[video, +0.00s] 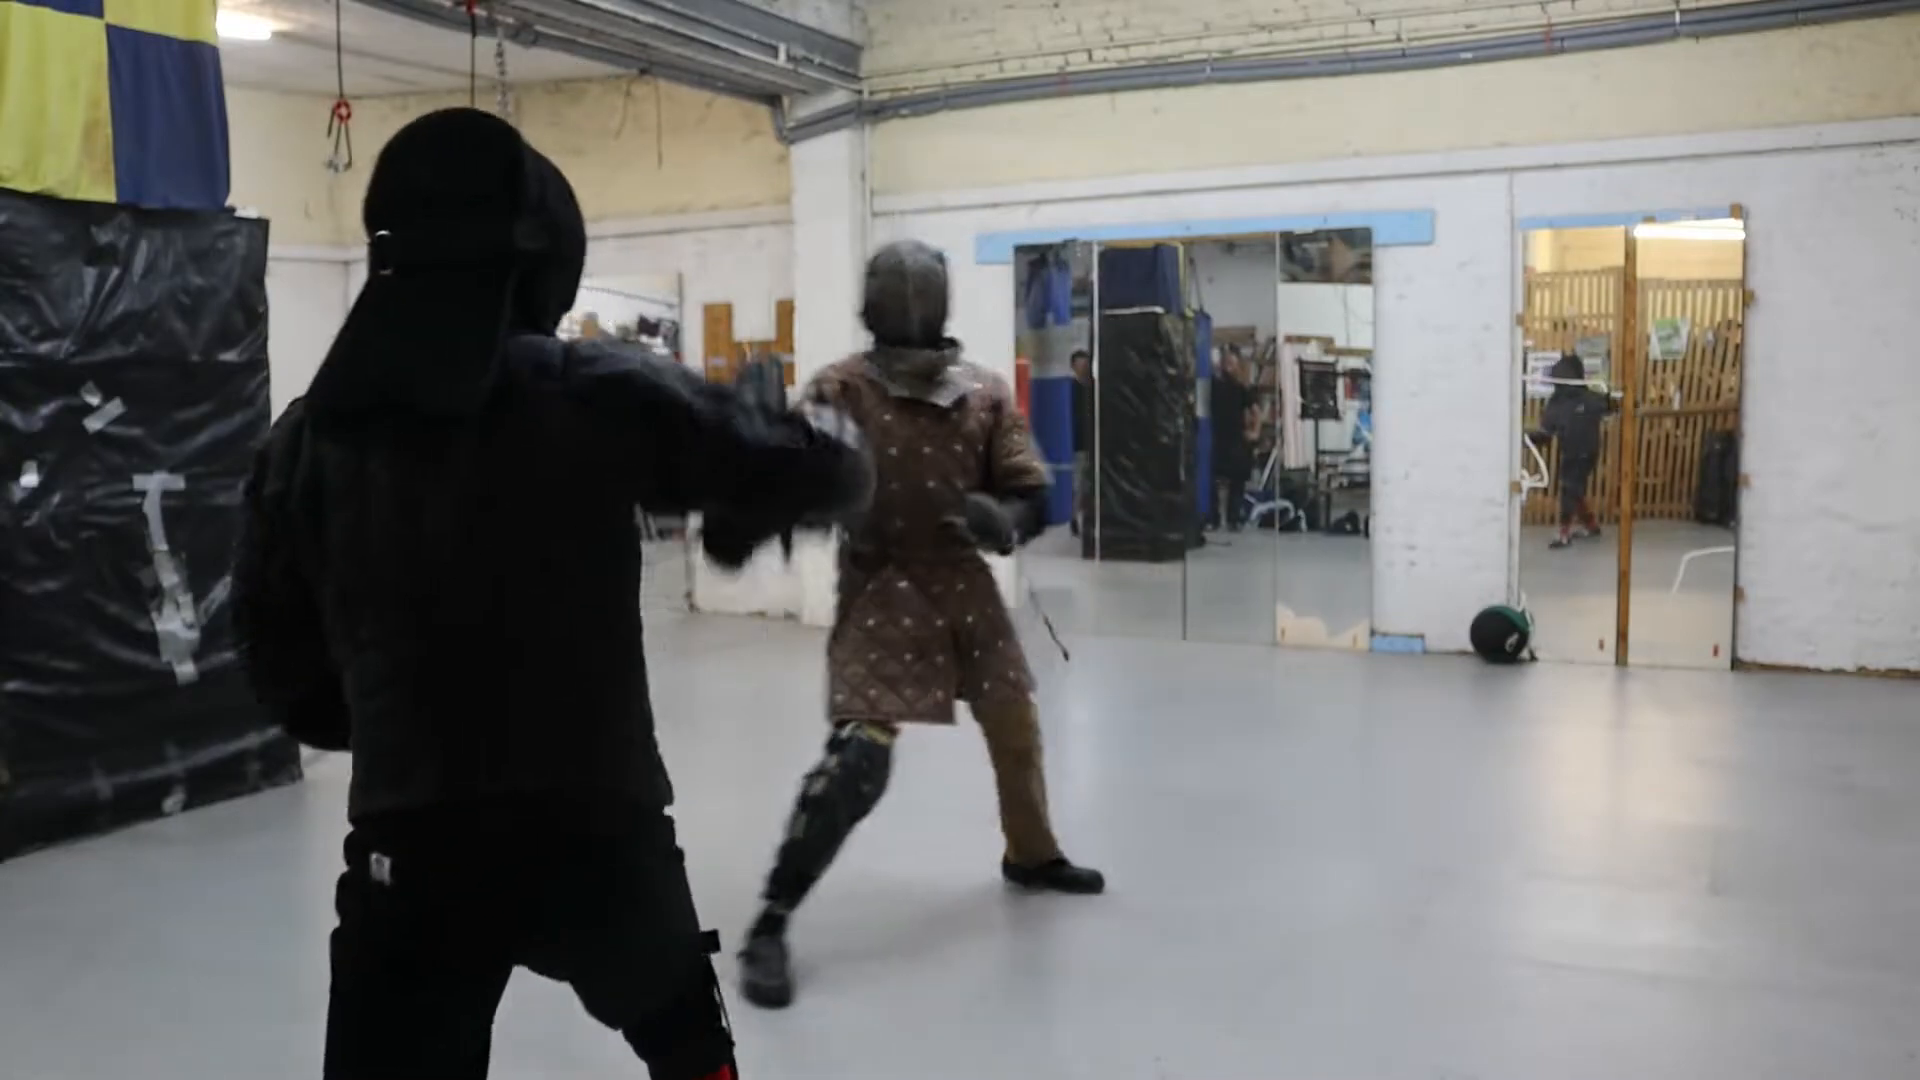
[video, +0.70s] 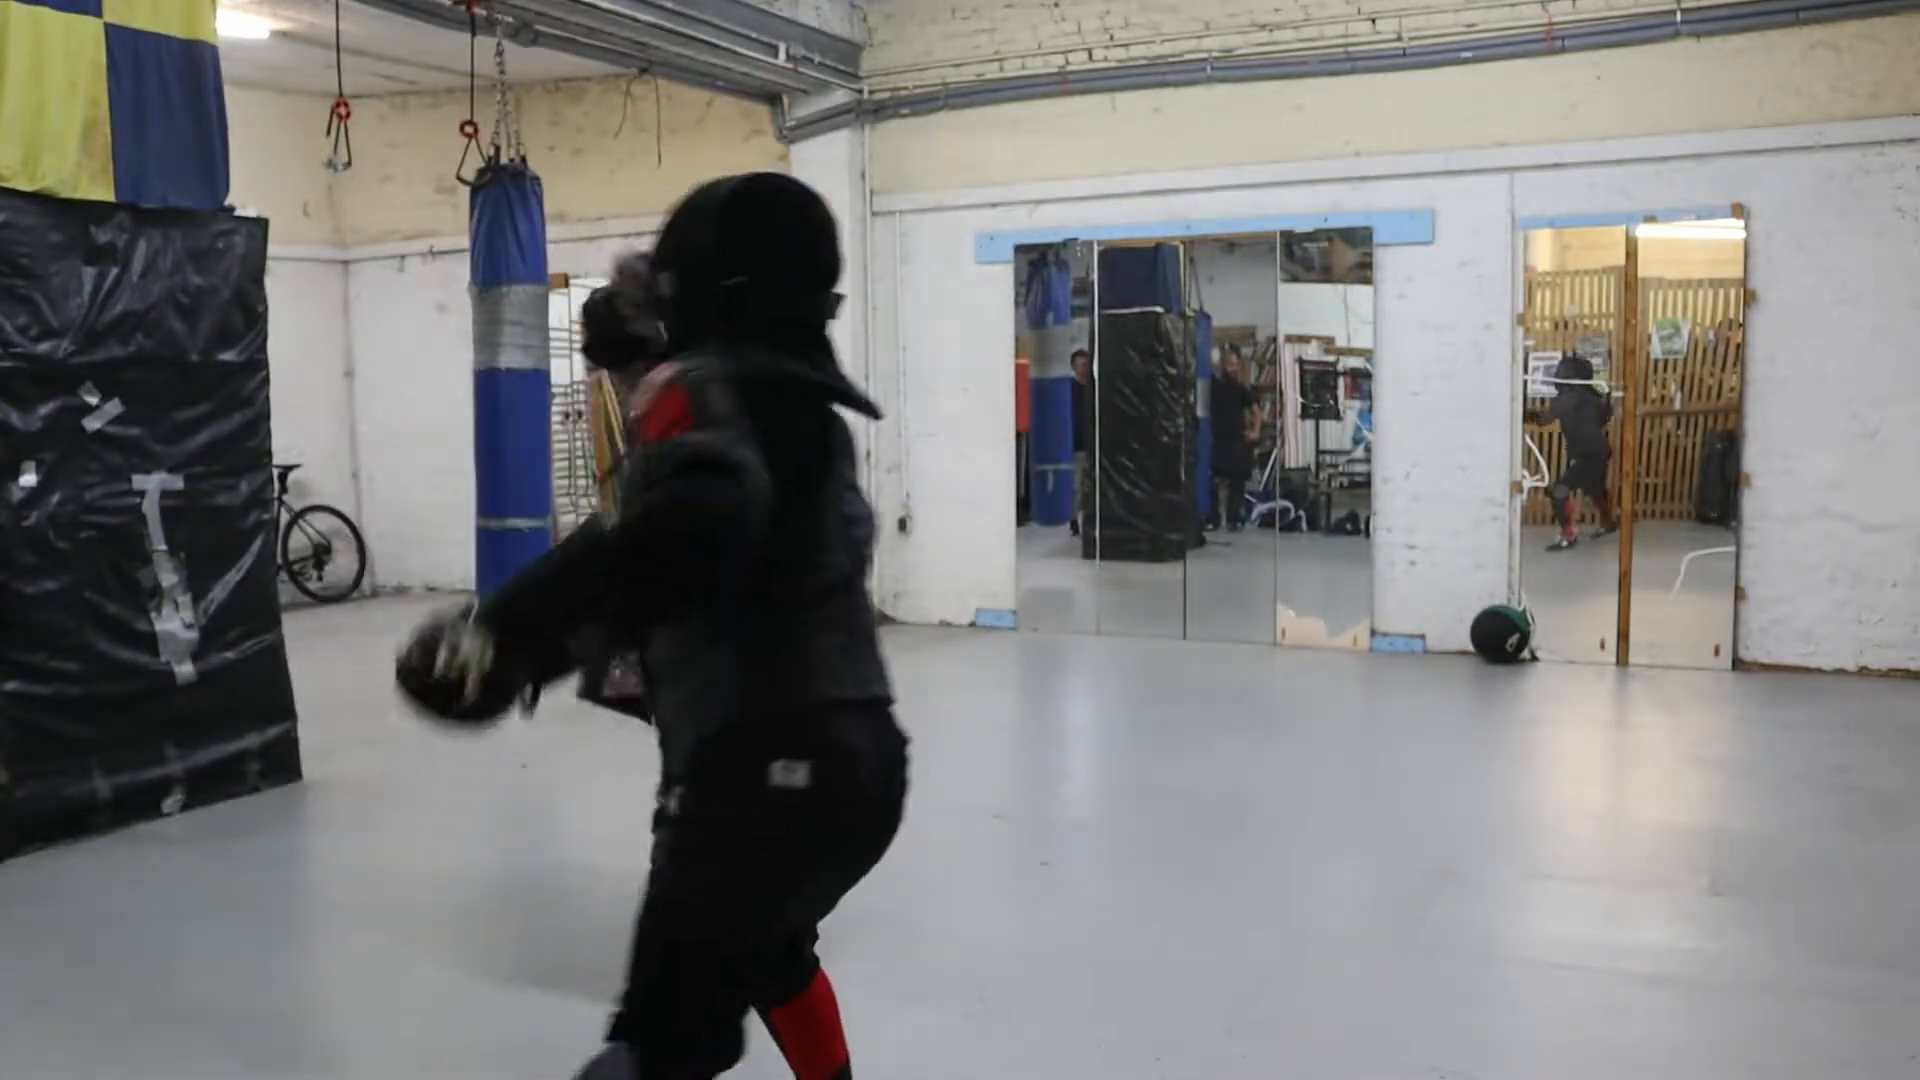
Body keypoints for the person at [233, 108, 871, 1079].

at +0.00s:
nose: (570, 277)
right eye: (558, 247)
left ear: (389, 252)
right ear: (533, 254)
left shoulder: (311, 434)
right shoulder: (595, 396)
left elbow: (289, 683)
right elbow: (821, 473)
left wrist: (400, 717)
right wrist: (738, 505)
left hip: (415, 862)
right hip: (601, 850)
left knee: (382, 1072)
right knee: (690, 1049)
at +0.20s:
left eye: (374, 260)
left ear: (384, 274)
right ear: (533, 250)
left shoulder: (358, 440)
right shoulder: (611, 366)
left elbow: (359, 572)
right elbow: (751, 206)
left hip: (477, 845)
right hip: (643, 824)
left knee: (423, 1068)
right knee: (706, 991)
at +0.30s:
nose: (582, 299)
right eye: (573, 279)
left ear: (411, 304)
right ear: (564, 288)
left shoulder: (374, 479)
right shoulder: (629, 403)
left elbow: (354, 532)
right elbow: (792, 245)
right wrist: (767, 98)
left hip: (521, 865)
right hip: (681, 835)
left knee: (457, 1070)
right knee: (730, 977)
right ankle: (771, 1058)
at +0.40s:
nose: (626, 300)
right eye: (613, 279)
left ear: (453, 321)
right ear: (596, 300)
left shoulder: (419, 490)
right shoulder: (671, 422)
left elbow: (341, 628)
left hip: (562, 866)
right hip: (717, 840)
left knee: (486, 1069)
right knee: (770, 949)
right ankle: (812, 1070)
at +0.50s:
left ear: (520, 320)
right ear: (658, 299)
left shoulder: (491, 487)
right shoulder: (729, 420)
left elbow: (390, 709)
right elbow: (838, 377)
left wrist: (440, 595)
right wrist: (862, 259)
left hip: (617, 844)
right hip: (760, 806)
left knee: (521, 1067)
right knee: (780, 977)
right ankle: (811, 1069)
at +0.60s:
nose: (585, 295)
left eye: (595, 273)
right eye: (591, 273)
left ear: (620, 287)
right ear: (733, 280)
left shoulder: (632, 424)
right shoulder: (763, 402)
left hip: (702, 794)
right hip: (807, 772)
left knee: (605, 1052)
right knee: (767, 965)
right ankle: (813, 1071)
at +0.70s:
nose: (655, 286)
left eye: (671, 266)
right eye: (659, 266)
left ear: (707, 280)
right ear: (797, 286)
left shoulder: (697, 390)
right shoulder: (805, 404)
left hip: (757, 769)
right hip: (849, 752)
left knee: (664, 1037)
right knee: (770, 946)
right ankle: (827, 1066)